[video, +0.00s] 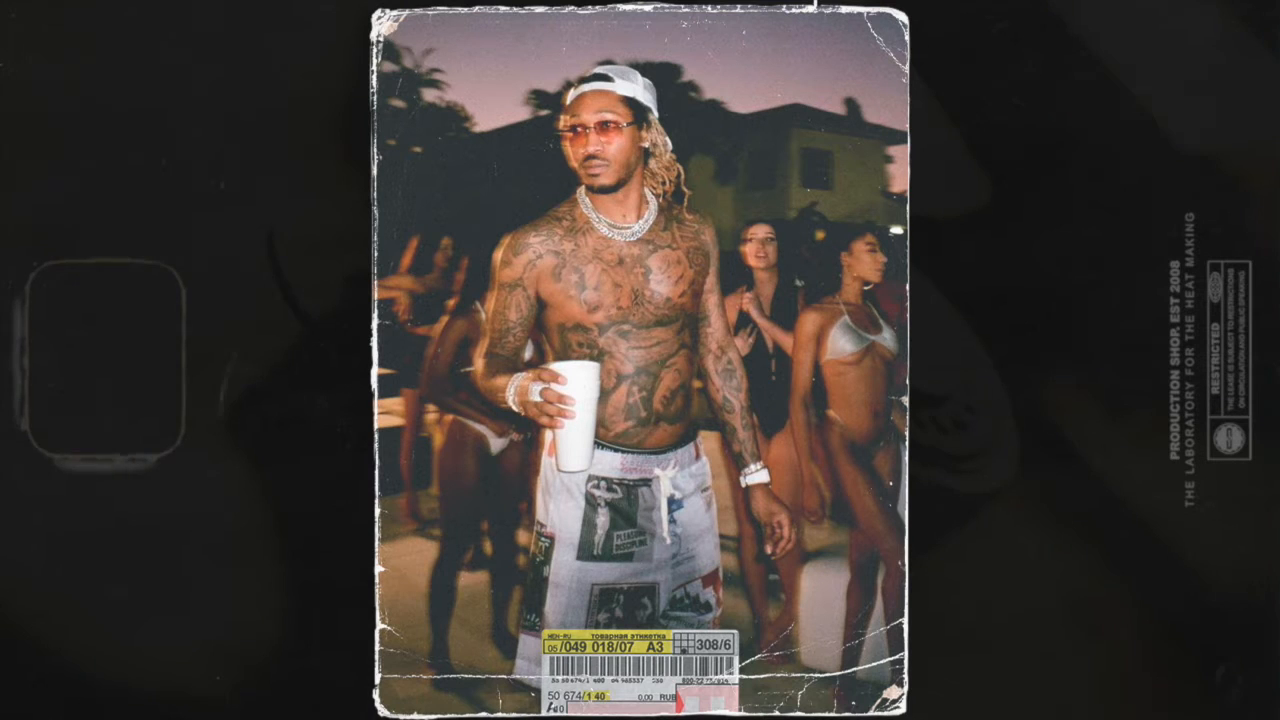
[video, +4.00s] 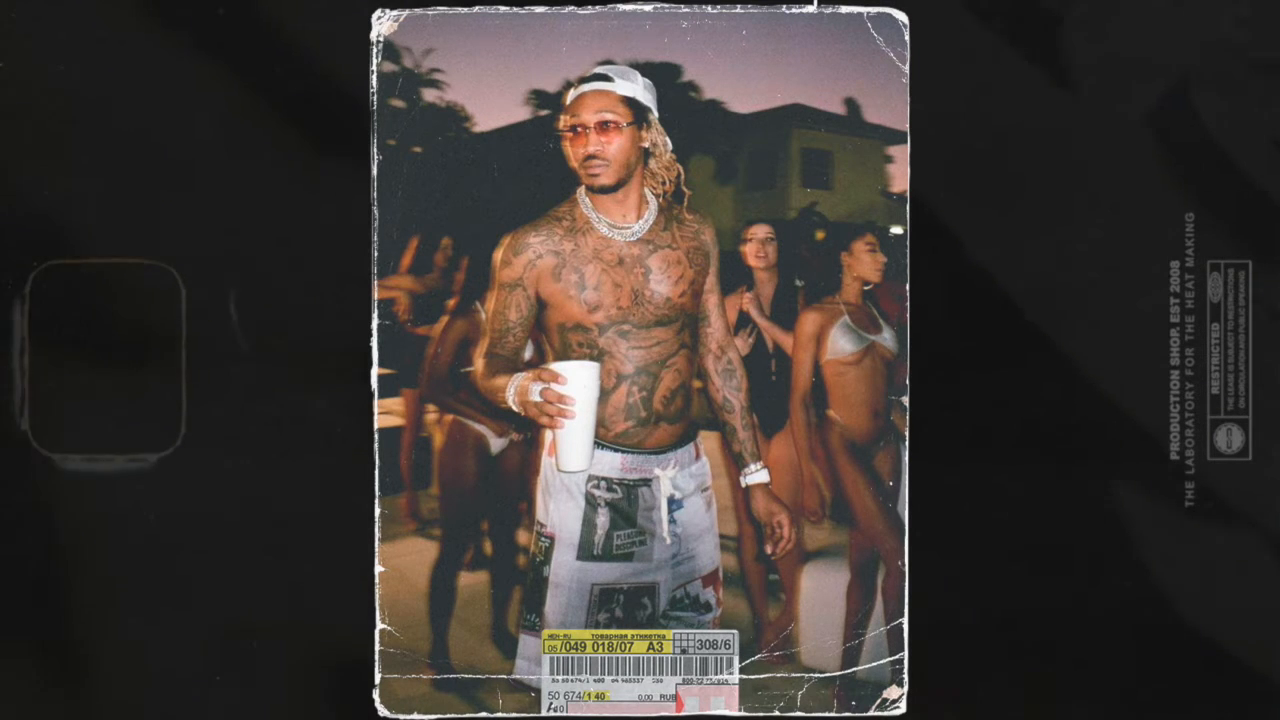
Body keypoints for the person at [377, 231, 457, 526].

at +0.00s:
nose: (446, 255)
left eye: (451, 250)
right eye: (442, 248)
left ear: (455, 255)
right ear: (430, 251)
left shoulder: (455, 280)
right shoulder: (414, 282)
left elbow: (462, 303)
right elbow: (396, 284)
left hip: (445, 349)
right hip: (417, 347)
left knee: (450, 425)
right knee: (413, 427)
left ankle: (452, 498)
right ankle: (410, 501)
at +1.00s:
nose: (445, 255)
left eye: (450, 250)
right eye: (441, 248)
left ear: (455, 255)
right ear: (430, 252)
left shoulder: (455, 282)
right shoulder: (414, 283)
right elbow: (401, 320)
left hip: (446, 352)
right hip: (417, 349)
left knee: (450, 426)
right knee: (413, 427)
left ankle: (452, 496)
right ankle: (410, 500)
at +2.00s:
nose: (446, 254)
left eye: (451, 250)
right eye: (442, 248)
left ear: (455, 255)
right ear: (430, 252)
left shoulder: (454, 282)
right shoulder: (414, 282)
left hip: (445, 352)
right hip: (416, 350)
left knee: (449, 426)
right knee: (413, 428)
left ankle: (451, 499)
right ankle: (410, 500)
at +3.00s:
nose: (446, 255)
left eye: (450, 250)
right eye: (442, 249)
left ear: (454, 255)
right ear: (430, 252)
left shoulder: (454, 282)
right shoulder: (415, 282)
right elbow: (379, 287)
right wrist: (403, 293)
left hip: (445, 353)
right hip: (416, 350)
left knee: (450, 427)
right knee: (413, 428)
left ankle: (451, 499)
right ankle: (410, 503)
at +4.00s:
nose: (446, 254)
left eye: (450, 249)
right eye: (442, 248)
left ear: (454, 254)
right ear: (431, 250)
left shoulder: (454, 279)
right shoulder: (414, 282)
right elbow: (393, 285)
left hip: (445, 349)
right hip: (416, 346)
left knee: (449, 426)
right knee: (413, 428)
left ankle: (451, 498)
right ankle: (410, 502)